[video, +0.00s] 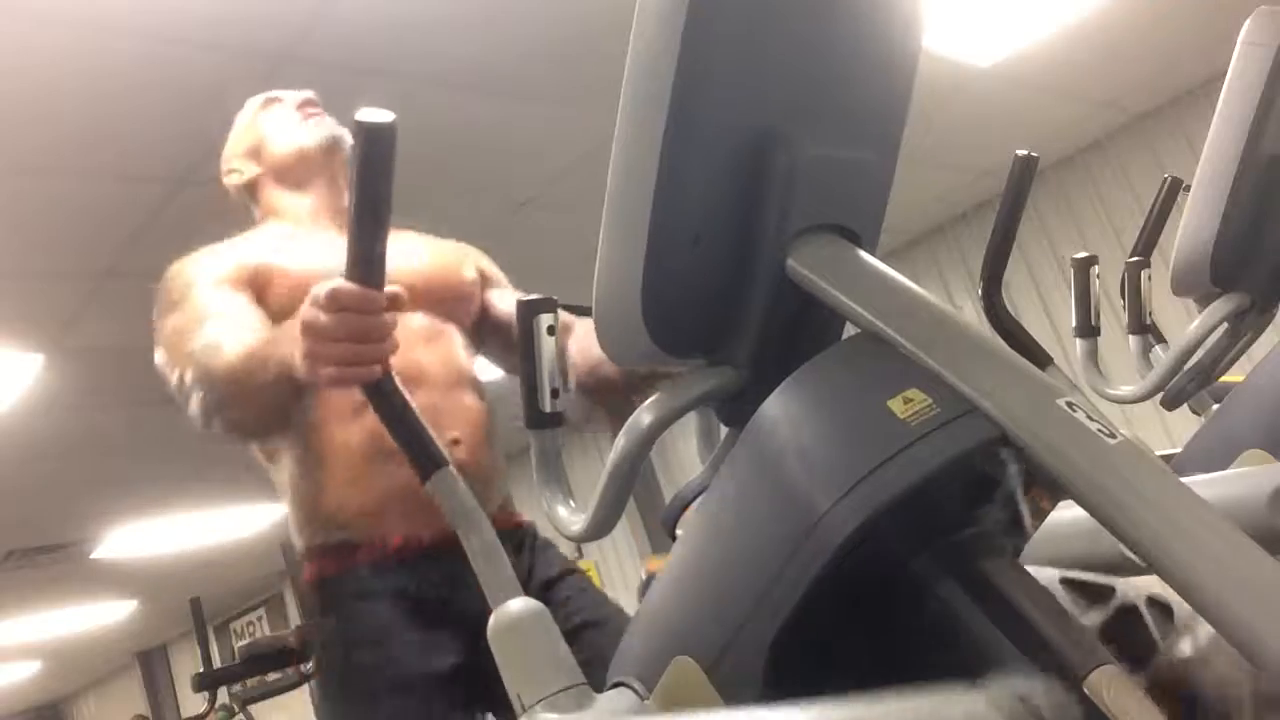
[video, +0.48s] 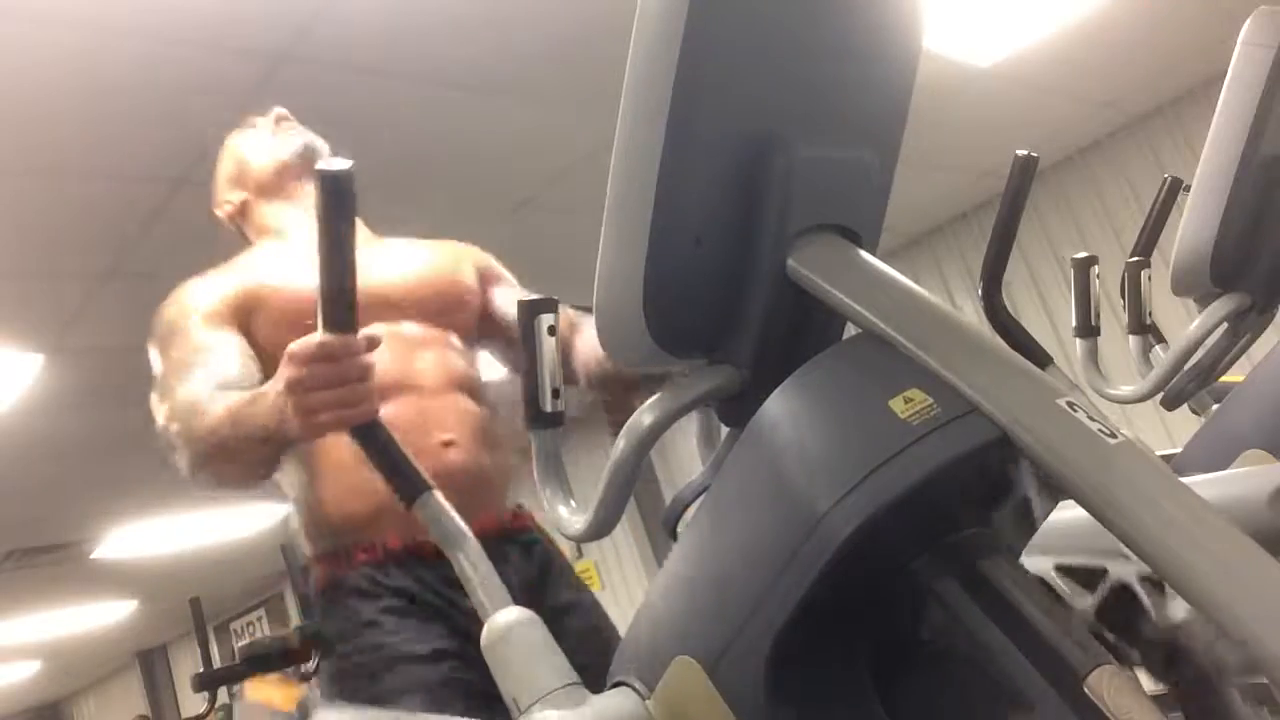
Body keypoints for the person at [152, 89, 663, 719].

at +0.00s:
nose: (310, 101)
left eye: (315, 101)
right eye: (277, 105)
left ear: (339, 151)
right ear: (240, 168)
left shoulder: (447, 257)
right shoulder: (213, 269)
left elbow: (564, 349)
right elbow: (225, 390)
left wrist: (675, 333)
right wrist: (298, 349)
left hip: (509, 555)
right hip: (370, 588)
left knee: (656, 693)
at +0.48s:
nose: (283, 114)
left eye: (292, 116)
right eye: (256, 125)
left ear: (328, 161)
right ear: (227, 203)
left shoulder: (455, 259)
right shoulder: (210, 297)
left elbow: (566, 344)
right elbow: (201, 441)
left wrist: (649, 347)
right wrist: (279, 410)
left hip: (520, 556)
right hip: (378, 587)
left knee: (634, 703)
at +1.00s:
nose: (336, 110)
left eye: (339, 110)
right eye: (301, 112)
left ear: (364, 145)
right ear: (259, 175)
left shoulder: (464, 256)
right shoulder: (235, 269)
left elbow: (588, 352)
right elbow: (237, 391)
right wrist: (307, 361)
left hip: (532, 553)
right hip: (397, 585)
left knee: (663, 698)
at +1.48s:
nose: (316, 77)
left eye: (324, 80)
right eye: (277, 84)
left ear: (357, 129)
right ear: (242, 157)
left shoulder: (474, 249)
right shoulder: (215, 290)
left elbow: (619, 333)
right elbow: (189, 468)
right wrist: (277, 449)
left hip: (534, 561)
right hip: (389, 600)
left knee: (678, 700)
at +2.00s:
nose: (368, 134)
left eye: (379, 125)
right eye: (337, 130)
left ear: (409, 164)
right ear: (298, 187)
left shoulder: (493, 285)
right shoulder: (259, 297)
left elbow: (606, 385)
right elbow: (221, 431)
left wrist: (720, 383)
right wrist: (301, 391)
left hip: (518, 590)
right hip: (388, 610)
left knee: (598, 710)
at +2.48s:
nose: (340, 129)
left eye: (347, 125)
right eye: (301, 127)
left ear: (375, 173)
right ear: (259, 198)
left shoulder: (458, 310)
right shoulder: (221, 331)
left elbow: (591, 384)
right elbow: (186, 506)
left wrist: (714, 382)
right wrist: (298, 427)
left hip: (517, 620)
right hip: (376, 665)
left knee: (691, 692)